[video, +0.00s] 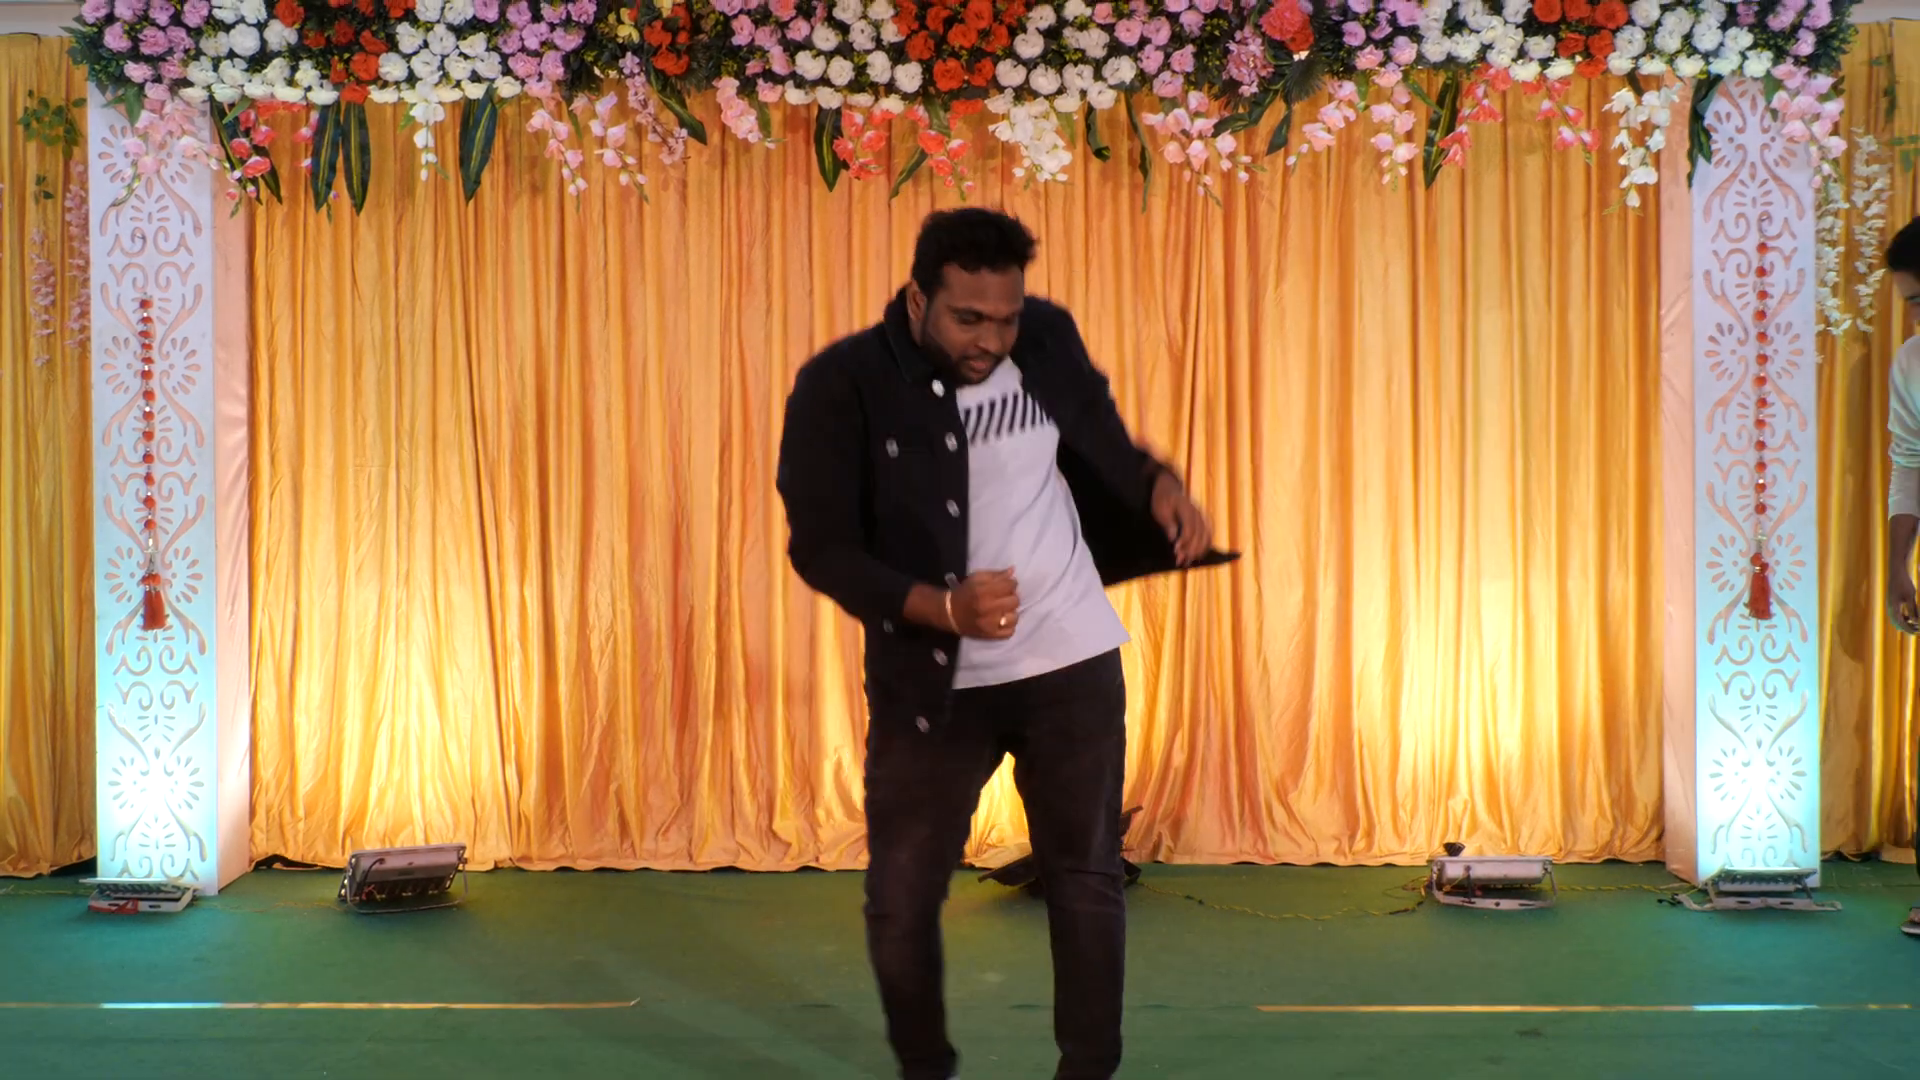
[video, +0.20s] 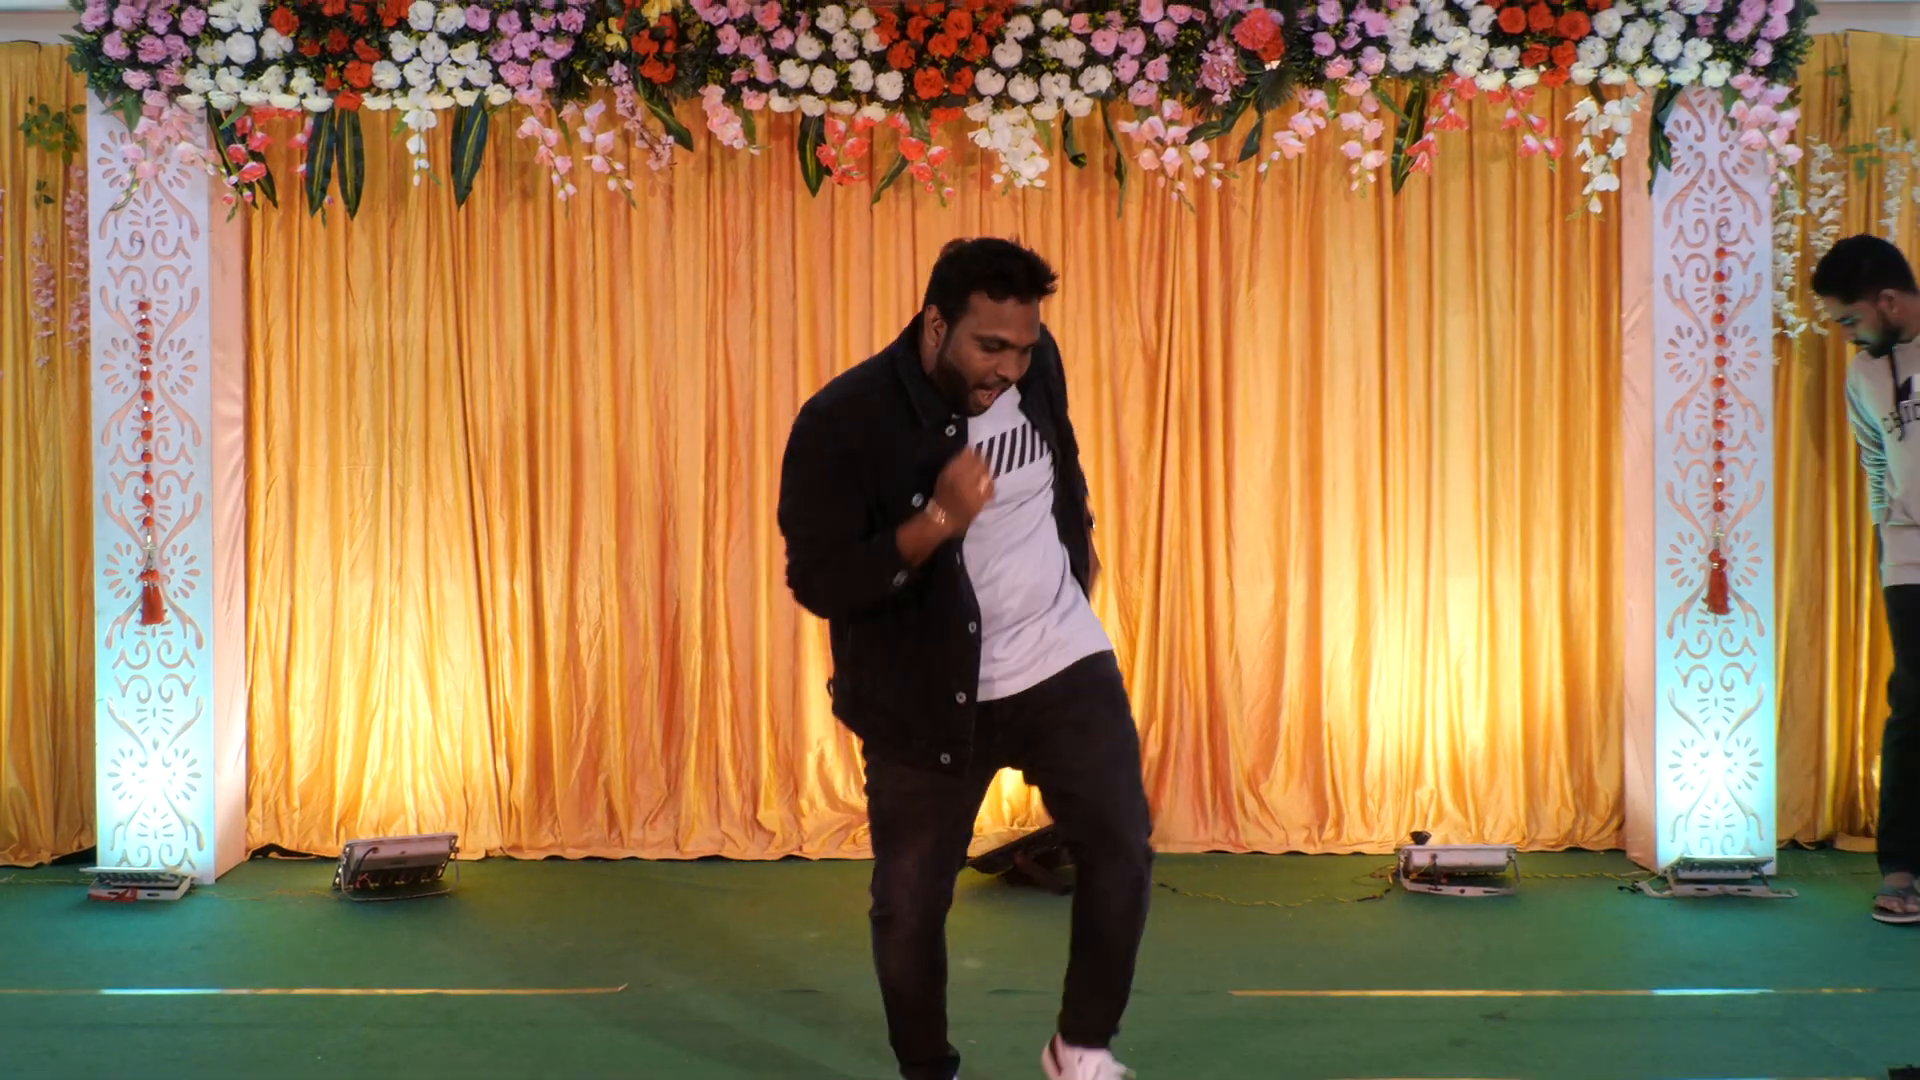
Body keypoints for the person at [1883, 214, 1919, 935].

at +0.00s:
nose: (1910, 311)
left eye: (1914, 295)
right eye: (1905, 295)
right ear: (1899, 292)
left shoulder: (1908, 363)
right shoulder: (1906, 362)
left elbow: (1906, 467)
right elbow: (1906, 467)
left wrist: (1899, 568)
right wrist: (1899, 568)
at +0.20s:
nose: (1845, 334)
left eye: (1848, 320)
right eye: (1837, 323)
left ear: (1890, 298)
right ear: (1878, 303)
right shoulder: (1865, 371)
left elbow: (1875, 458)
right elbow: (1874, 461)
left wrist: (1893, 511)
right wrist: (1886, 524)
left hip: (1911, 565)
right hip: (1905, 564)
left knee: (1908, 713)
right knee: (1908, 711)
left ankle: (1904, 869)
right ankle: (1901, 871)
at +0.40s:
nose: (1812, 332)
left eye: (1815, 317)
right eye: (1804, 322)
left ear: (1851, 294)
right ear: (1838, 305)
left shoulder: (1915, 331)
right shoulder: (1828, 368)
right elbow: (1834, 461)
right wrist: (1844, 537)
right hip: (1871, 556)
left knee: (1917, 705)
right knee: (1864, 692)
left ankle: (1899, 850)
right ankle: (1844, 841)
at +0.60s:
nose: (1811, 263)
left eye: (1821, 245)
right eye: (1798, 251)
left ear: (1855, 225)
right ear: (1789, 247)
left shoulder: (1911, 282)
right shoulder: (1794, 313)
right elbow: (1788, 413)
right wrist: (1775, 507)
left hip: (1906, 506)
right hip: (1824, 508)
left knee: (1891, 650)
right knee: (1819, 642)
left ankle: (1867, 785)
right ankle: (1821, 770)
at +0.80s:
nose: (1811, 218)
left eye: (1822, 204)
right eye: (1796, 208)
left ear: (1843, 199)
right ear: (1777, 212)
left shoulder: (1897, 269)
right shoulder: (1752, 290)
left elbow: (1917, 370)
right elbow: (1736, 384)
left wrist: (1919, 454)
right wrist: (1720, 474)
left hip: (1874, 480)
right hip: (1788, 482)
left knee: (1856, 621)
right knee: (1792, 616)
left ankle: (1839, 756)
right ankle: (1794, 745)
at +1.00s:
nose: (1790, 217)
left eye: (1800, 205)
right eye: (1776, 207)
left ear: (1815, 206)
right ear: (1752, 213)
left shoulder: (1861, 276)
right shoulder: (1720, 293)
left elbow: (1888, 369)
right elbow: (1700, 383)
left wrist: (1897, 458)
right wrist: (1687, 469)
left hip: (1842, 472)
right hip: (1758, 478)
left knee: (1841, 608)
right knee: (1764, 606)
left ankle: (1824, 743)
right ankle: (1768, 736)